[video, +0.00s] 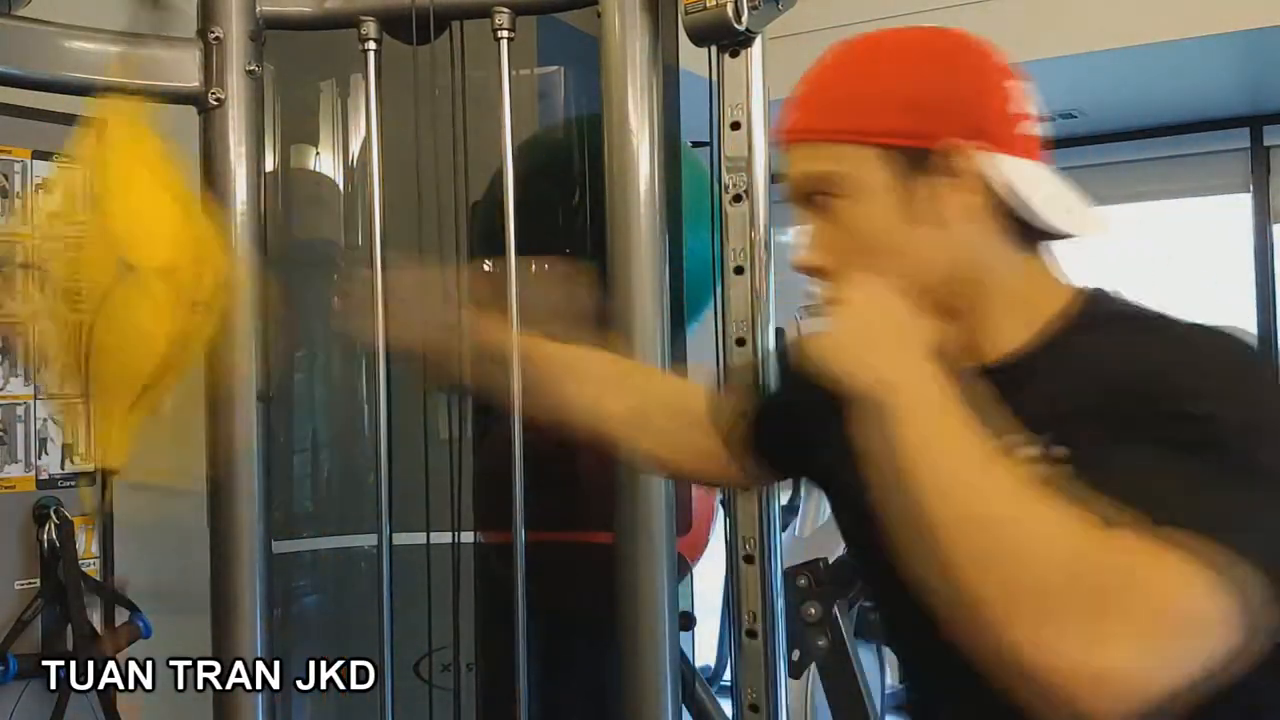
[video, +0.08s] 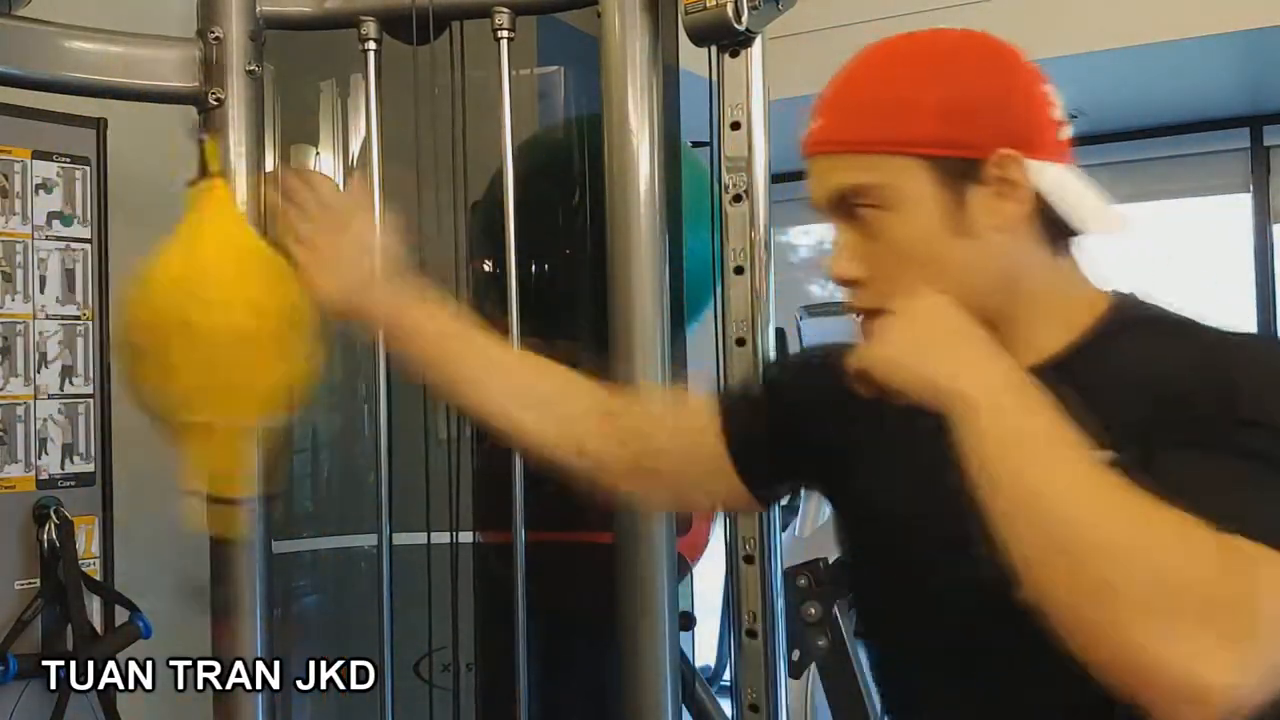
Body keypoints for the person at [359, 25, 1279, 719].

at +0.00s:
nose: (803, 255)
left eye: (821, 206)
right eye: (800, 214)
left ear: (949, 189)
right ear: (941, 193)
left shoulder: (1211, 390)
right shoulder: (876, 383)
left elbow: (1106, 659)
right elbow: (700, 428)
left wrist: (903, 384)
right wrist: (466, 338)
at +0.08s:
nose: (835, 263)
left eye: (863, 213)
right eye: (829, 223)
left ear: (1000, 195)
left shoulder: (1232, 389)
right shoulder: (868, 396)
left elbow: (1212, 666)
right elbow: (621, 438)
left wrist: (984, 385)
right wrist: (383, 293)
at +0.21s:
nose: (891, 271)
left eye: (917, 214)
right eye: (882, 228)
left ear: (1062, 192)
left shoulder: (1253, 379)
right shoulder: (901, 416)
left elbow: (1252, 674)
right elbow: (686, 550)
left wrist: (1061, 397)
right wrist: (642, 406)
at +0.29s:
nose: (932, 283)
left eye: (954, 222)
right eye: (922, 235)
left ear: (1100, 194)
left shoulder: (1262, 384)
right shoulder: (973, 426)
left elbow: (1252, 684)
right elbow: (776, 612)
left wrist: (1072, 405)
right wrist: (708, 510)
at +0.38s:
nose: (951, 283)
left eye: (970, 222)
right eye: (945, 233)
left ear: (1120, 195)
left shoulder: (1266, 388)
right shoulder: (1027, 419)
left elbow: (1236, 687)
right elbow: (858, 618)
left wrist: (1043, 406)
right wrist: (735, 505)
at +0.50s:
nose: (951, 272)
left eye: (961, 221)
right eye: (944, 229)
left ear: (1100, 190)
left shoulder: (1265, 387)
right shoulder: (1085, 418)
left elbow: (1157, 689)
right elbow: (932, 585)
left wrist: (966, 380)